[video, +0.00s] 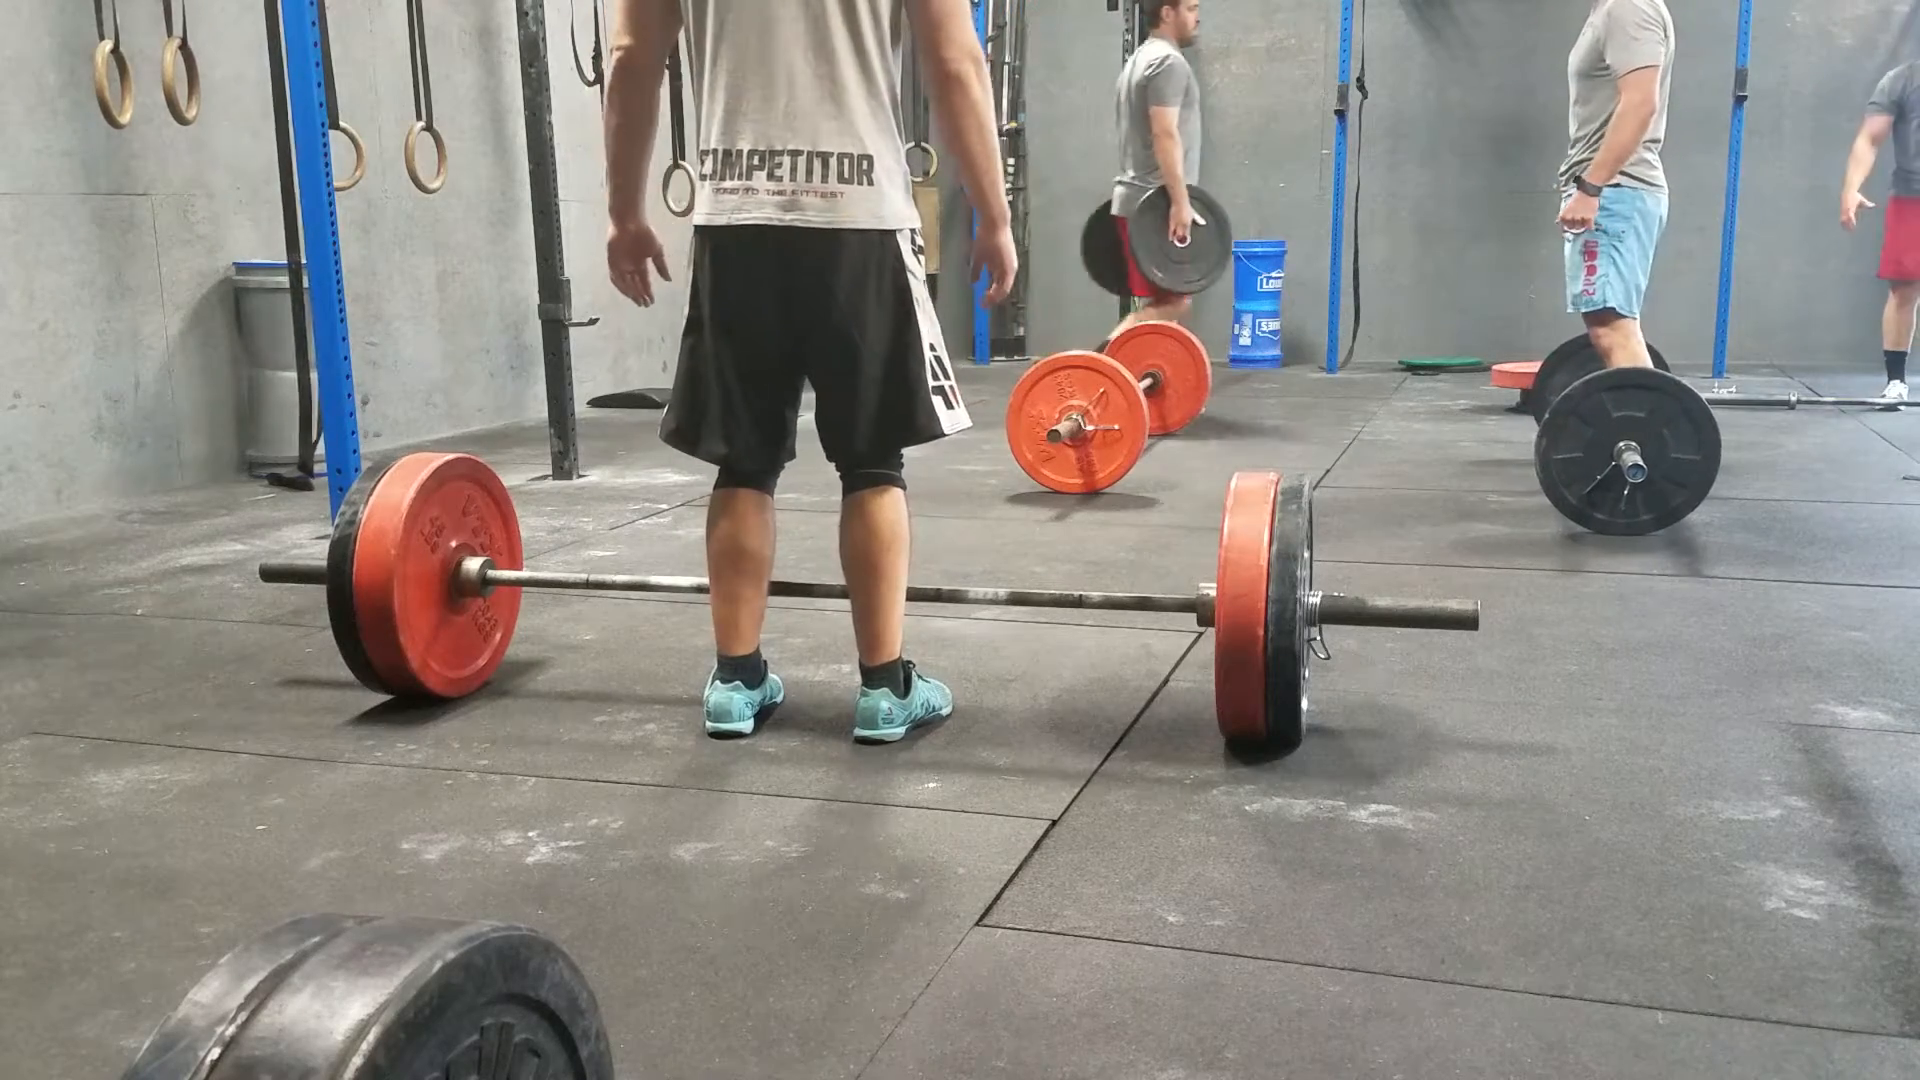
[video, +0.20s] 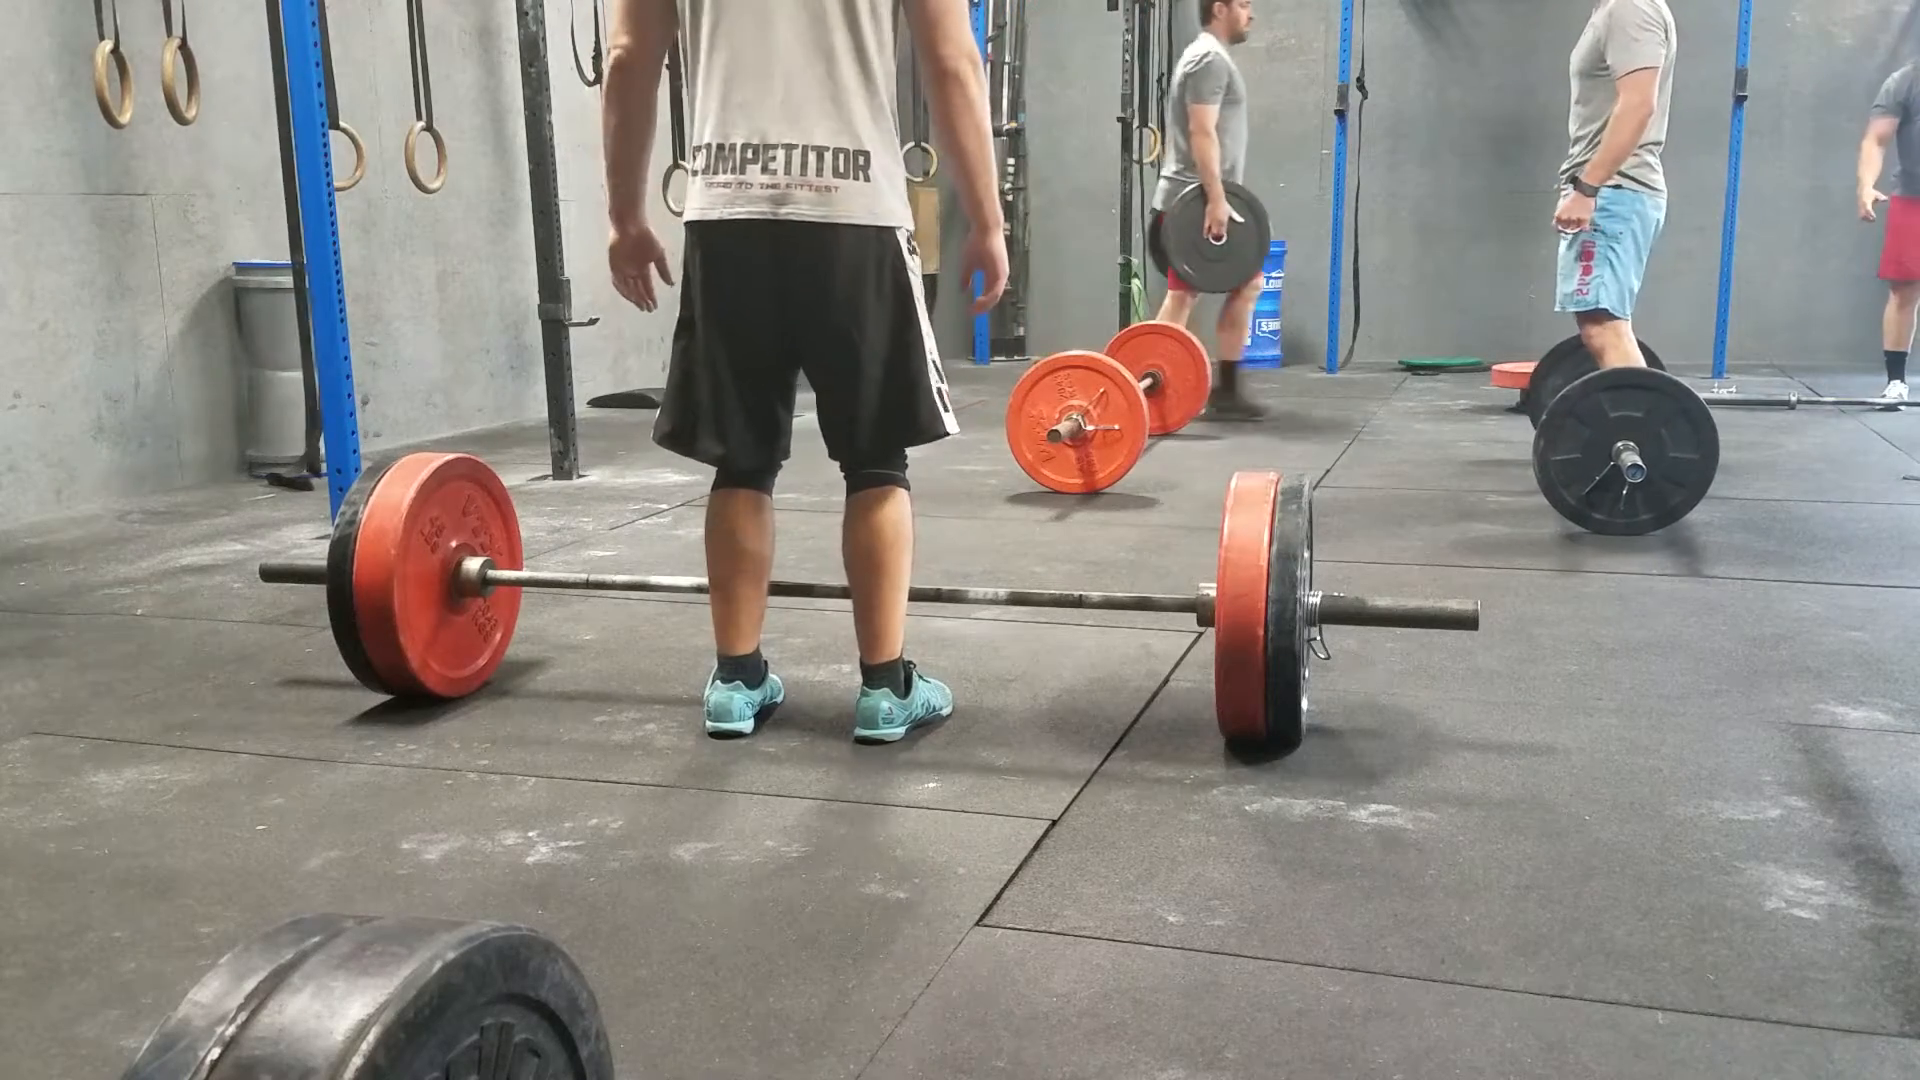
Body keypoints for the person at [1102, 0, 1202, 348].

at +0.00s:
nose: (1198, 17)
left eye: (1197, 9)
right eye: (1191, 8)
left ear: (1166, 15)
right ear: (1167, 13)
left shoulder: (1139, 59)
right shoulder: (1167, 60)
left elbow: (1134, 139)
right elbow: (1164, 135)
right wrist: (1180, 201)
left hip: (1133, 200)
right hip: (1153, 203)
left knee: (1157, 304)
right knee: (1174, 304)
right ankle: (1105, 366)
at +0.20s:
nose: (1250, 14)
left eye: (1250, 6)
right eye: (1245, 6)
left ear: (1218, 11)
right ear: (1221, 9)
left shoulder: (1198, 55)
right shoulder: (1210, 58)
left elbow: (1192, 135)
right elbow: (1202, 134)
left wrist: (1214, 196)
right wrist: (1216, 198)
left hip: (1182, 198)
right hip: (1200, 199)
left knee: (1181, 291)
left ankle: (1145, 384)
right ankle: (1228, 391)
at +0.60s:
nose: (1365, 8)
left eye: (1363, 2)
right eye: (1357, 1)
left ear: (1333, 9)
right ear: (1332, 6)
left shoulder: (1331, 54)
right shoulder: (1319, 58)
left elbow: (1320, 135)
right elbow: (1305, 136)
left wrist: (1336, 196)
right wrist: (1311, 204)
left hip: (1331, 195)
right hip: (1318, 198)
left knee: (1341, 285)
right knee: (1326, 292)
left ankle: (1264, 354)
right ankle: (1312, 396)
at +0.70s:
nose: (1391, 7)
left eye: (1391, 1)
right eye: (1385, 1)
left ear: (1361, 6)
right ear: (1358, 4)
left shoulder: (1358, 52)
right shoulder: (1344, 54)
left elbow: (1350, 134)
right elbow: (1331, 133)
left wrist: (1364, 198)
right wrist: (1340, 202)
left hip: (1358, 196)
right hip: (1336, 199)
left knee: (1381, 282)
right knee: (1332, 294)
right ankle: (1312, 394)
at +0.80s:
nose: (1422, 7)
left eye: (1421, 1)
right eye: (1414, 0)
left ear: (1391, 8)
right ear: (1386, 4)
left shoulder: (1390, 52)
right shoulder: (1369, 55)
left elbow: (1379, 134)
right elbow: (1359, 134)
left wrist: (1388, 197)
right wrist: (1371, 202)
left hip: (1387, 195)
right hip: (1357, 199)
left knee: (1410, 285)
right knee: (1341, 293)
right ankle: (1312, 393)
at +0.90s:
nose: (1453, 8)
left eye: (1453, 2)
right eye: (1443, 2)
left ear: (1421, 9)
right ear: (1416, 6)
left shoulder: (1423, 56)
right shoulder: (1400, 58)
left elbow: (1409, 137)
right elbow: (1387, 137)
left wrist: (1419, 202)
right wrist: (1400, 203)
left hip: (1413, 198)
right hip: (1381, 201)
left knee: (1441, 287)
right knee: (1360, 298)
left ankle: (1467, 390)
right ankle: (1315, 393)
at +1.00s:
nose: (1486, 8)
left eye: (1486, 1)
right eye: (1477, 1)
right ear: (1450, 6)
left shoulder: (1465, 57)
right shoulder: (1435, 56)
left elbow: (1455, 138)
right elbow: (1418, 132)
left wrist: (1463, 203)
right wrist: (1427, 202)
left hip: (1455, 201)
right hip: (1418, 201)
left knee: (1476, 288)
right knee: (1399, 301)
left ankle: (1477, 393)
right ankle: (1330, 381)